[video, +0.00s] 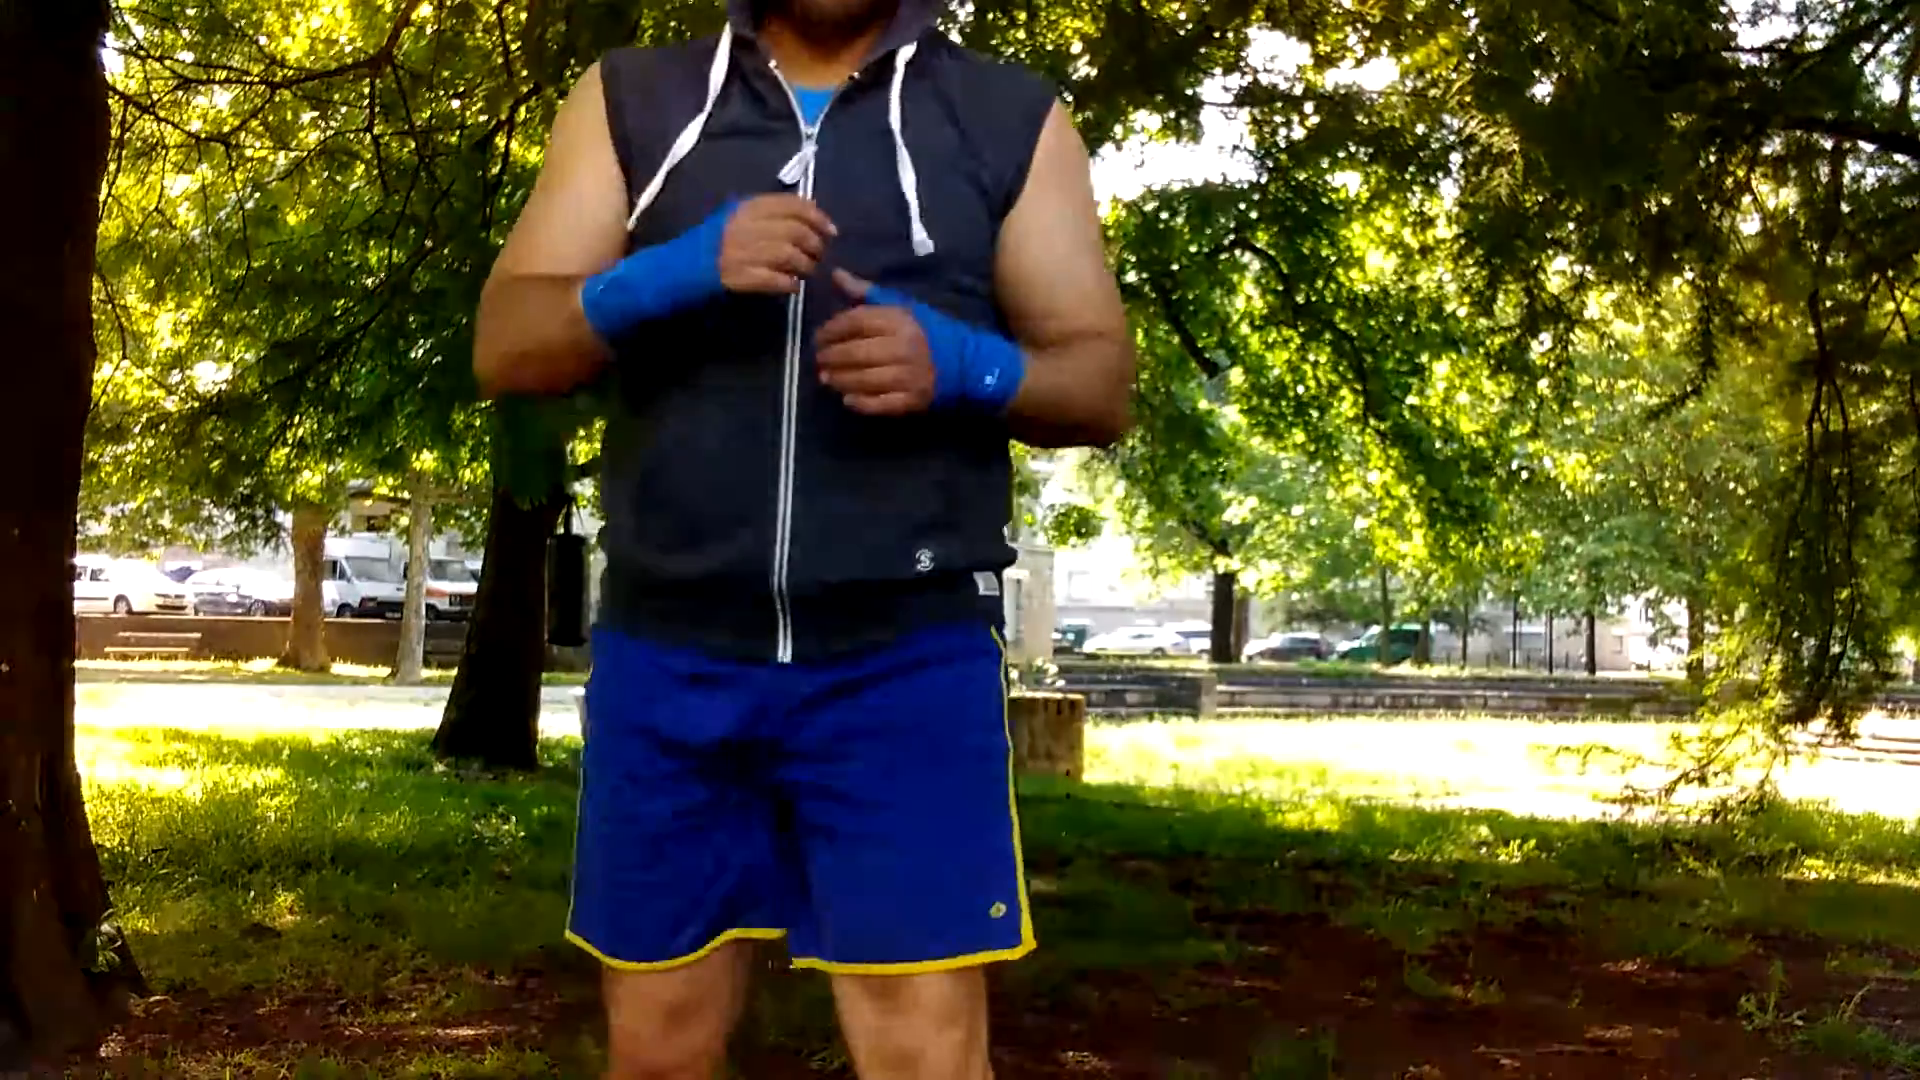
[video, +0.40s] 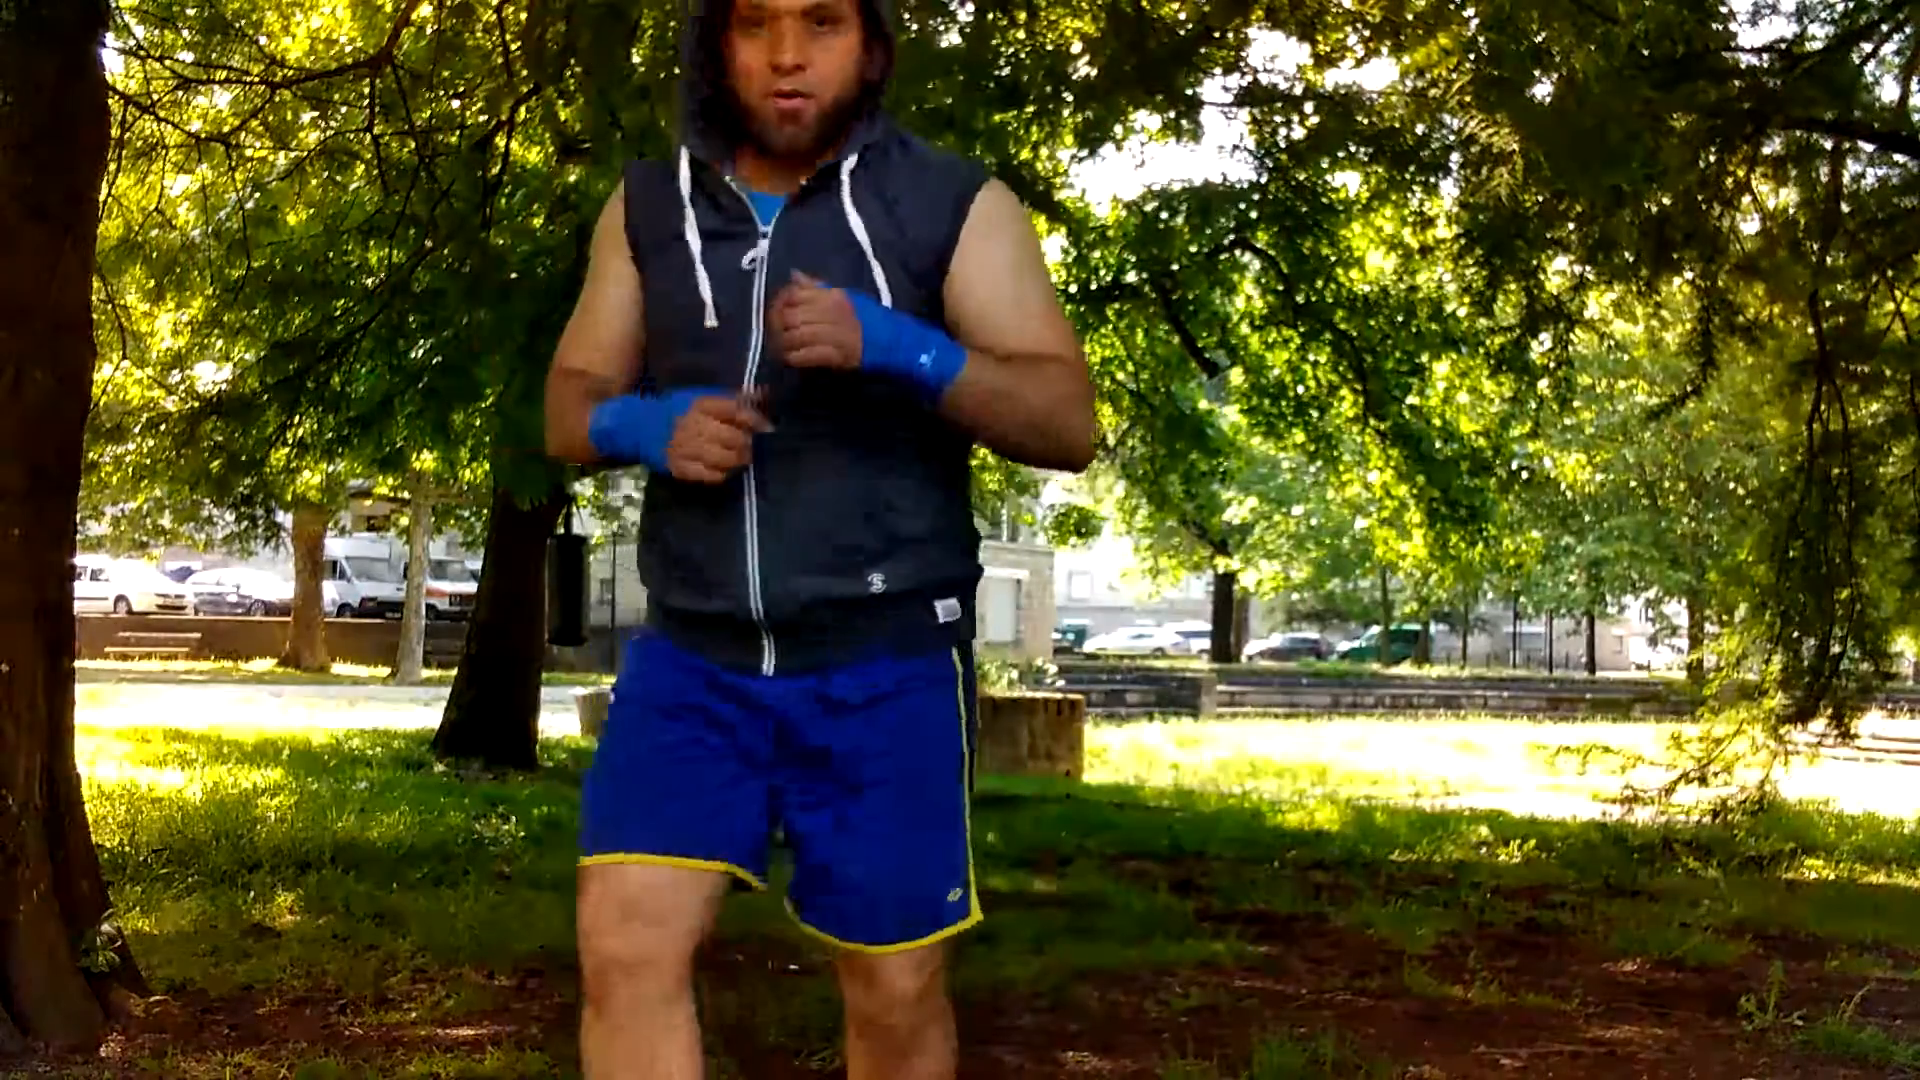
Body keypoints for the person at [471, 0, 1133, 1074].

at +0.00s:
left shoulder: (1009, 117)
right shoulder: (630, 97)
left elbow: (1103, 383)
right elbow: (502, 347)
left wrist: (958, 361)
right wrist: (689, 266)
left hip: (909, 664)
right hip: (669, 661)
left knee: (923, 1048)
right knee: (658, 1047)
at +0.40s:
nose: (788, 58)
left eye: (819, 27)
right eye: (760, 27)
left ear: (870, 47)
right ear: (717, 46)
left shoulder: (958, 205)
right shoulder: (649, 207)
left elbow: (1068, 420)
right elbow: (569, 406)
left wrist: (890, 342)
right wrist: (651, 423)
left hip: (886, 664)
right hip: (692, 656)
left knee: (896, 993)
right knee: (623, 943)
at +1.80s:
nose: (790, 197)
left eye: (810, 178)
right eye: (767, 178)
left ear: (837, 197)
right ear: (734, 196)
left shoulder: (887, 327)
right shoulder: (655, 316)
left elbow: (962, 471)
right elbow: (594, 473)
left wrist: (916, 464)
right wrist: (737, 451)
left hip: (842, 660)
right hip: (696, 659)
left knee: (856, 896)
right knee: (659, 901)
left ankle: (828, 1075)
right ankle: (657, 1075)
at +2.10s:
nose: (807, 214)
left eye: (824, 196)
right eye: (782, 196)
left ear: (846, 214)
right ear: (745, 214)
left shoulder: (867, 340)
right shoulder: (676, 309)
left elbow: (889, 515)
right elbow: (673, 435)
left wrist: (924, 436)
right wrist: (813, 369)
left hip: (811, 656)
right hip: (680, 646)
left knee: (828, 892)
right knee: (606, 880)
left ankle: (819, 1076)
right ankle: (503, 1070)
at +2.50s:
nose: (686, 223)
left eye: (695, 205)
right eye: (664, 201)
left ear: (701, 220)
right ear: (607, 208)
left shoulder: (714, 330)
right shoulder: (511, 330)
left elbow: (831, 430)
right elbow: (549, 493)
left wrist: (882, 354)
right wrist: (674, 380)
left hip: (699, 667)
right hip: (555, 669)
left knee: (785, 863)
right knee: (514, 921)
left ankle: (725, 1072)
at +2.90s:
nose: (682, 225)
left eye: (692, 206)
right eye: (660, 202)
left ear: (700, 220)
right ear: (603, 205)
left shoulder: (696, 336)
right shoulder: (513, 314)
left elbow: (760, 488)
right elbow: (604, 430)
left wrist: (812, 432)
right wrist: (726, 330)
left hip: (694, 669)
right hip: (555, 670)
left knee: (760, 883)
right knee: (503, 917)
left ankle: (781, 1075)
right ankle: (455, 1073)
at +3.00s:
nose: (701, 249)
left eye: (715, 232)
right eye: (682, 225)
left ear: (724, 240)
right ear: (626, 218)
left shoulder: (720, 353)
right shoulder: (544, 320)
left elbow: (803, 484)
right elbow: (700, 365)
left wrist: (869, 409)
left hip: (707, 679)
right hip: (566, 671)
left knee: (752, 907)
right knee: (519, 921)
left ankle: (779, 1078)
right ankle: (460, 1075)